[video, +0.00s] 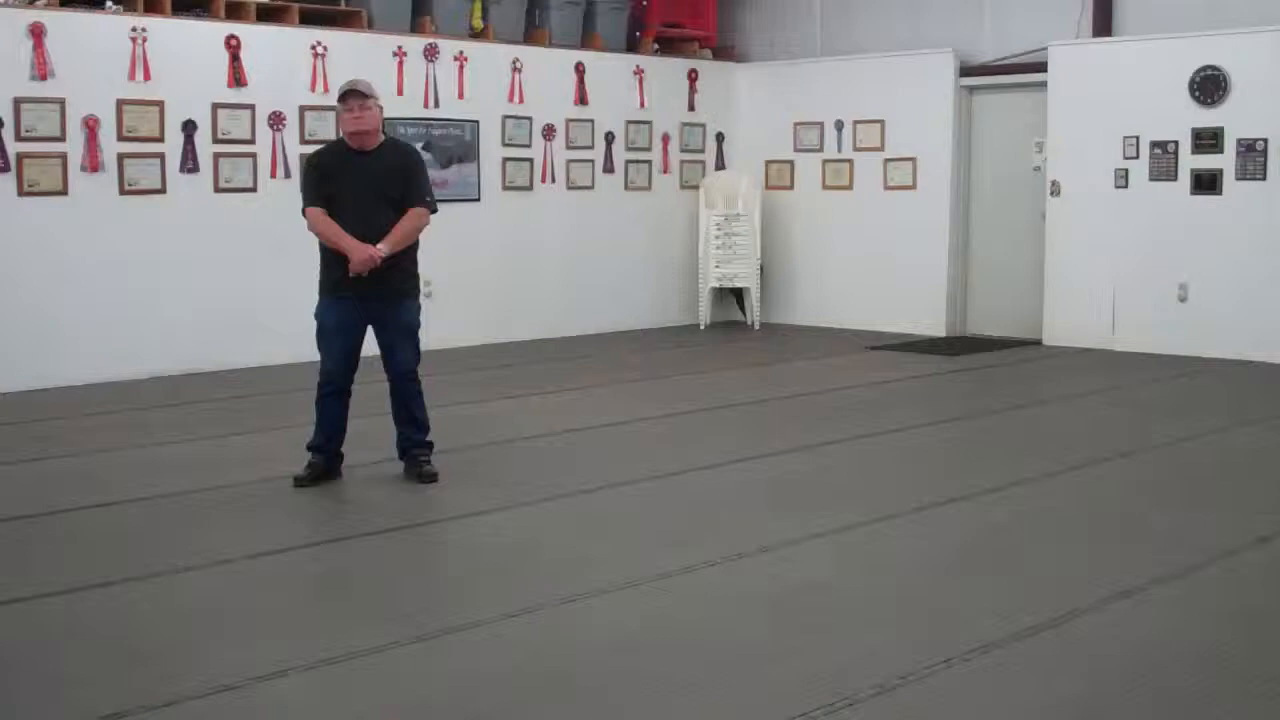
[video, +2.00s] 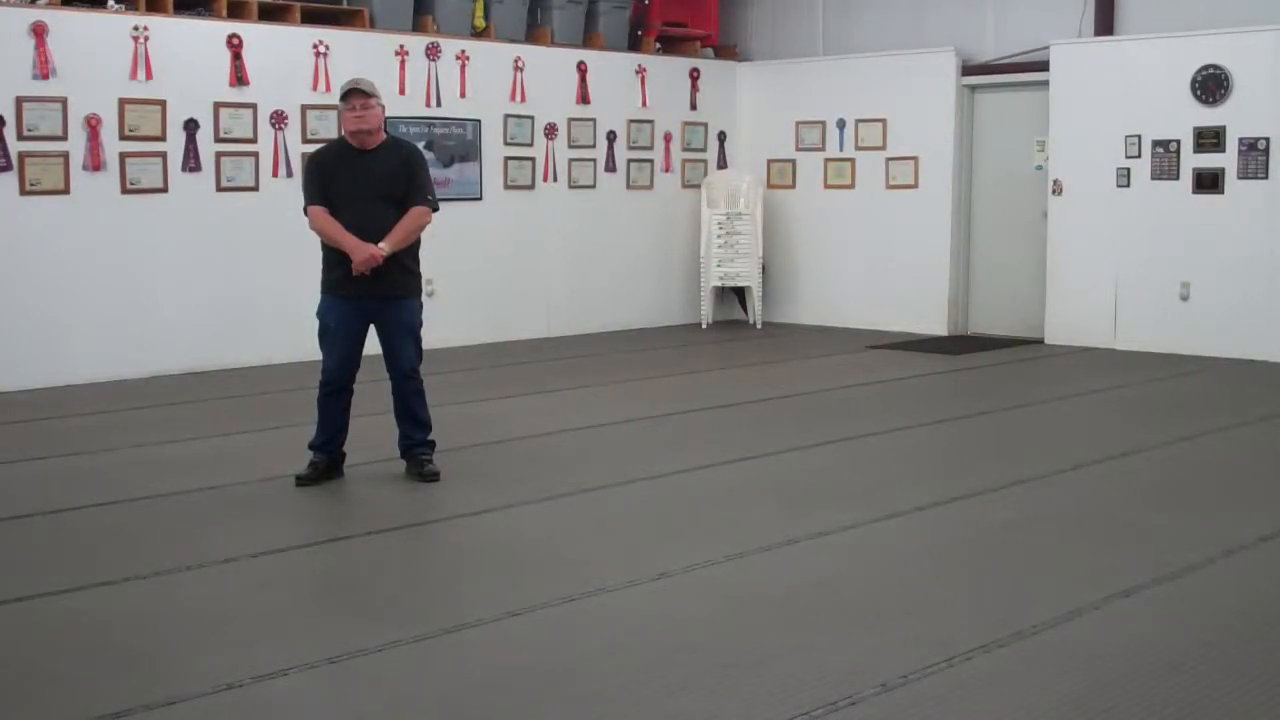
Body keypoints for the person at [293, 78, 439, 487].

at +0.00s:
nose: (357, 115)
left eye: (364, 108)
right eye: (349, 110)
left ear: (379, 112)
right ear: (339, 117)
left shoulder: (405, 157)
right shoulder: (320, 162)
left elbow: (420, 214)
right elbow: (315, 217)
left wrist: (377, 252)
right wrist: (354, 249)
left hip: (396, 288)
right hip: (340, 289)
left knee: (405, 373)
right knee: (333, 376)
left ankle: (417, 454)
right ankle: (324, 457)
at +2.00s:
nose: (359, 114)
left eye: (367, 106)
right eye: (351, 108)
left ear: (382, 111)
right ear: (340, 117)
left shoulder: (407, 155)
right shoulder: (321, 161)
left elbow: (422, 212)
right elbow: (316, 216)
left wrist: (380, 250)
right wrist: (355, 248)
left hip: (398, 287)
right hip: (343, 288)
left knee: (407, 373)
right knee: (335, 376)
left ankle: (419, 452)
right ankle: (326, 455)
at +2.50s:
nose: (358, 114)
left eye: (365, 107)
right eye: (350, 108)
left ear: (381, 111)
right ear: (340, 117)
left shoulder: (407, 155)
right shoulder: (321, 161)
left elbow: (422, 213)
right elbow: (316, 215)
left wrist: (379, 250)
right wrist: (355, 247)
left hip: (398, 287)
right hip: (342, 288)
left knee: (407, 373)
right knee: (335, 376)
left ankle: (419, 452)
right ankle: (327, 456)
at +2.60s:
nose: (359, 114)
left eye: (366, 107)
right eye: (351, 108)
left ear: (382, 111)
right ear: (340, 117)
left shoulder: (407, 155)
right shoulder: (322, 161)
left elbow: (422, 213)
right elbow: (316, 215)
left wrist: (380, 250)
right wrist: (355, 247)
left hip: (398, 287)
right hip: (342, 288)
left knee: (407, 373)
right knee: (335, 376)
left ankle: (419, 453)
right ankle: (327, 456)